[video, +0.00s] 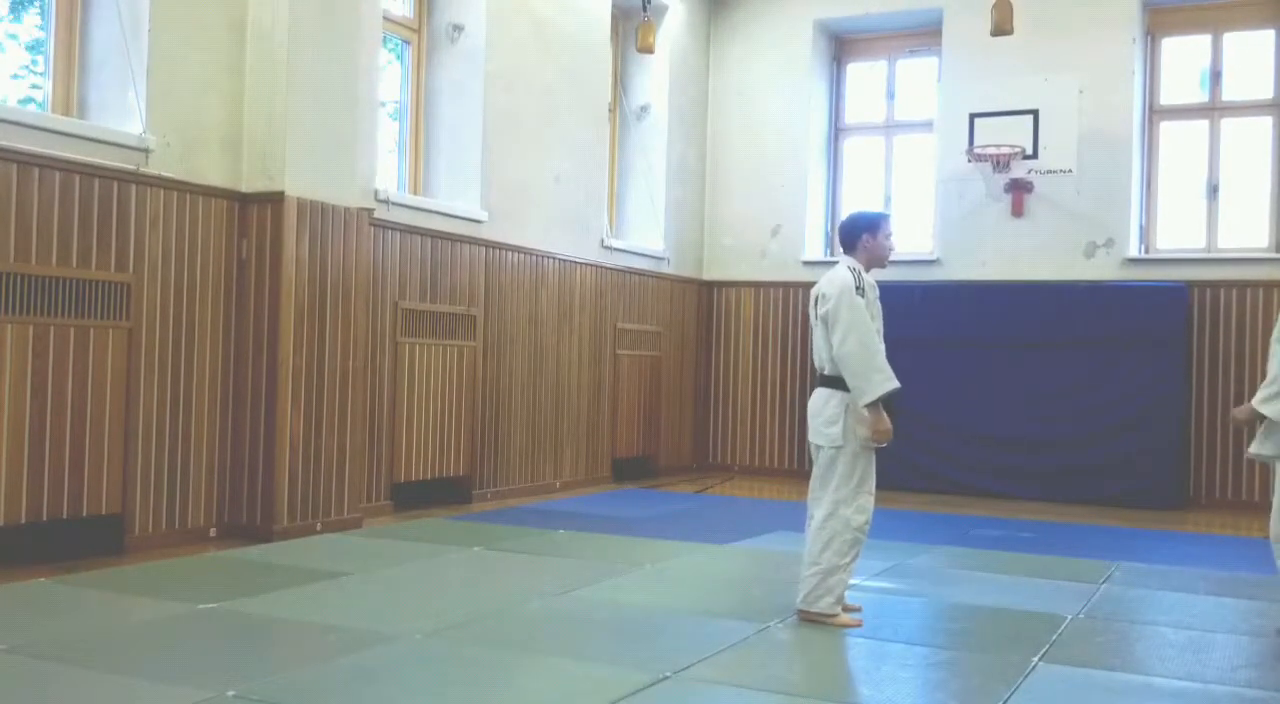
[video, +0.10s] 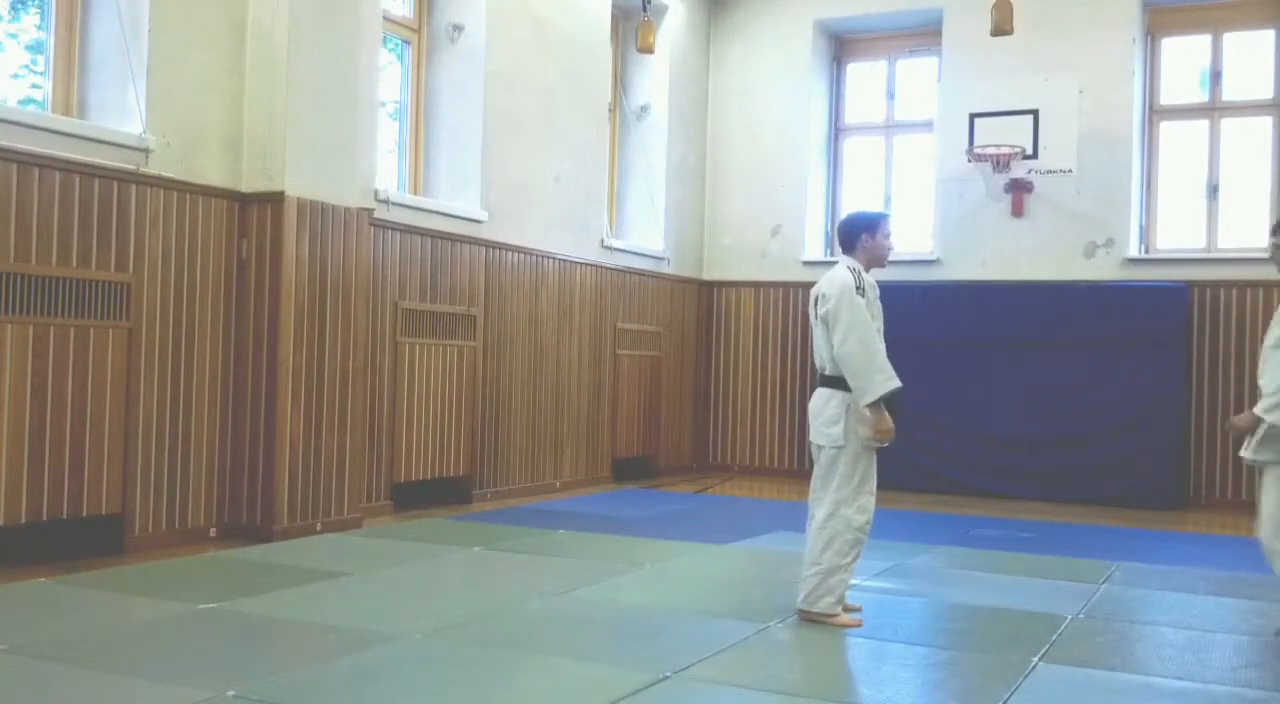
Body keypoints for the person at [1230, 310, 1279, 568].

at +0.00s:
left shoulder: (1276, 331)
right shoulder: (1275, 330)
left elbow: (1275, 379)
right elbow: (1273, 377)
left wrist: (1254, 407)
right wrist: (1256, 406)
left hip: (1275, 446)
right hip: (1273, 445)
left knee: (1276, 531)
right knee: (1275, 531)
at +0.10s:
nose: (1272, 246)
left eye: (1275, 238)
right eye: (1273, 238)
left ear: (1275, 247)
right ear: (1271, 246)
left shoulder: (1274, 324)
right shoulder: (1274, 322)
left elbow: (1275, 394)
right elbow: (1272, 387)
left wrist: (1254, 415)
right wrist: (1256, 415)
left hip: (1273, 451)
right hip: (1267, 449)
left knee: (1270, 535)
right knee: (1268, 535)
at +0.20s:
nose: (1261, 248)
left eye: (1267, 241)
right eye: (1263, 241)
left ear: (1279, 247)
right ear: (1269, 246)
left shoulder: (1275, 304)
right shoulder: (1272, 302)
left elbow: (1272, 366)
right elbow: (1267, 362)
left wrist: (1272, 419)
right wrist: (1261, 409)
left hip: (1270, 419)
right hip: (1263, 416)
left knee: (1252, 522)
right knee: (1250, 520)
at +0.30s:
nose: (1247, 249)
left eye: (1254, 241)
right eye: (1248, 241)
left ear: (1275, 246)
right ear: (1269, 248)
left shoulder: (1275, 292)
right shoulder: (1268, 292)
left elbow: (1261, 356)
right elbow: (1250, 353)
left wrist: (1231, 398)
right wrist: (1225, 398)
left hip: (1269, 417)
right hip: (1257, 415)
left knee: (1232, 512)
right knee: (1259, 519)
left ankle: (1267, 613)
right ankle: (1267, 614)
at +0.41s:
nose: (1230, 250)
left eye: (1238, 244)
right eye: (1232, 243)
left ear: (1265, 247)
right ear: (1259, 248)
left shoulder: (1272, 293)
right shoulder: (1255, 293)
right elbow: (1231, 351)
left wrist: (1198, 396)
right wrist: (1197, 396)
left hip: (1265, 426)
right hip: (1250, 423)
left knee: (1227, 516)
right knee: (1261, 520)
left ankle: (1201, 614)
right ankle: (1200, 612)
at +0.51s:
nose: (1213, 256)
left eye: (1220, 248)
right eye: (1213, 249)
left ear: (1248, 249)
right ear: (1234, 252)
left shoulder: (1269, 296)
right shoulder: (1235, 298)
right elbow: (1212, 356)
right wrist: (1176, 400)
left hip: (1259, 422)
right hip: (1239, 420)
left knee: (1218, 515)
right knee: (1269, 517)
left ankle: (1168, 608)